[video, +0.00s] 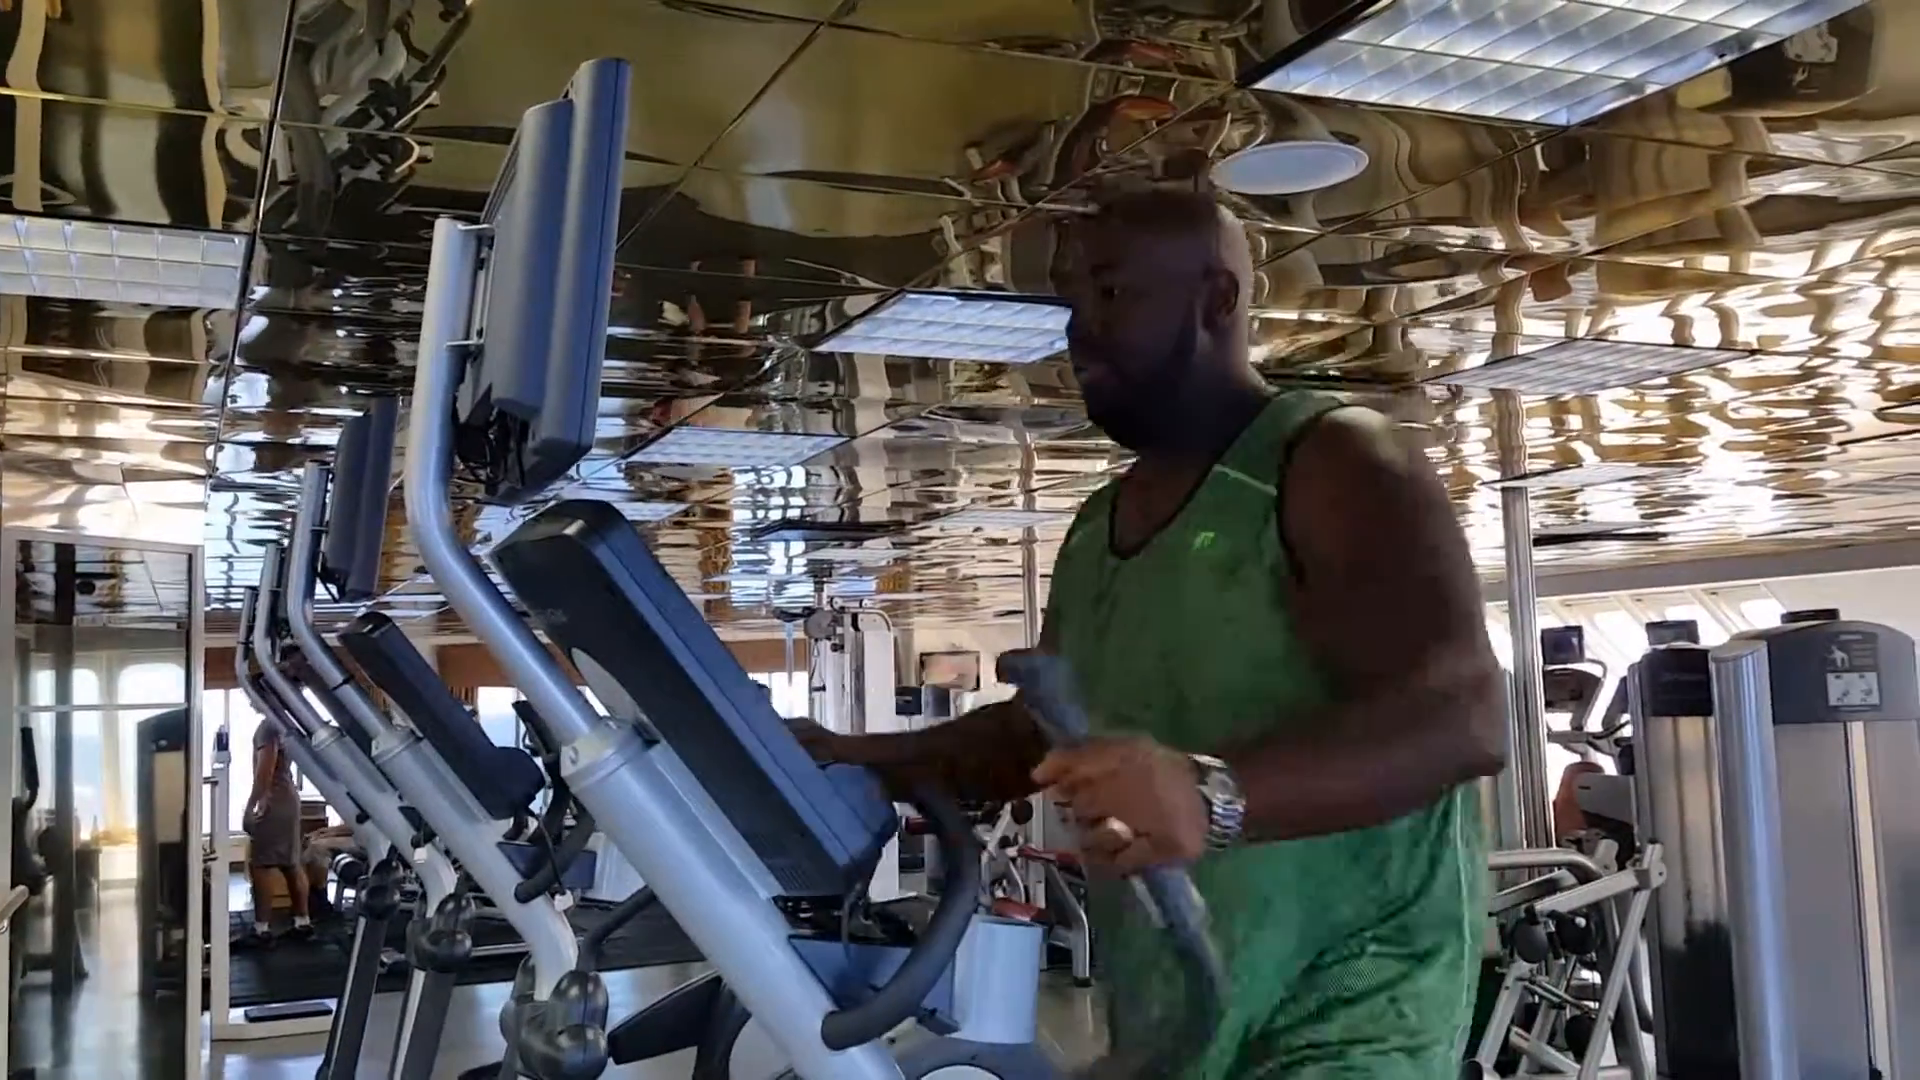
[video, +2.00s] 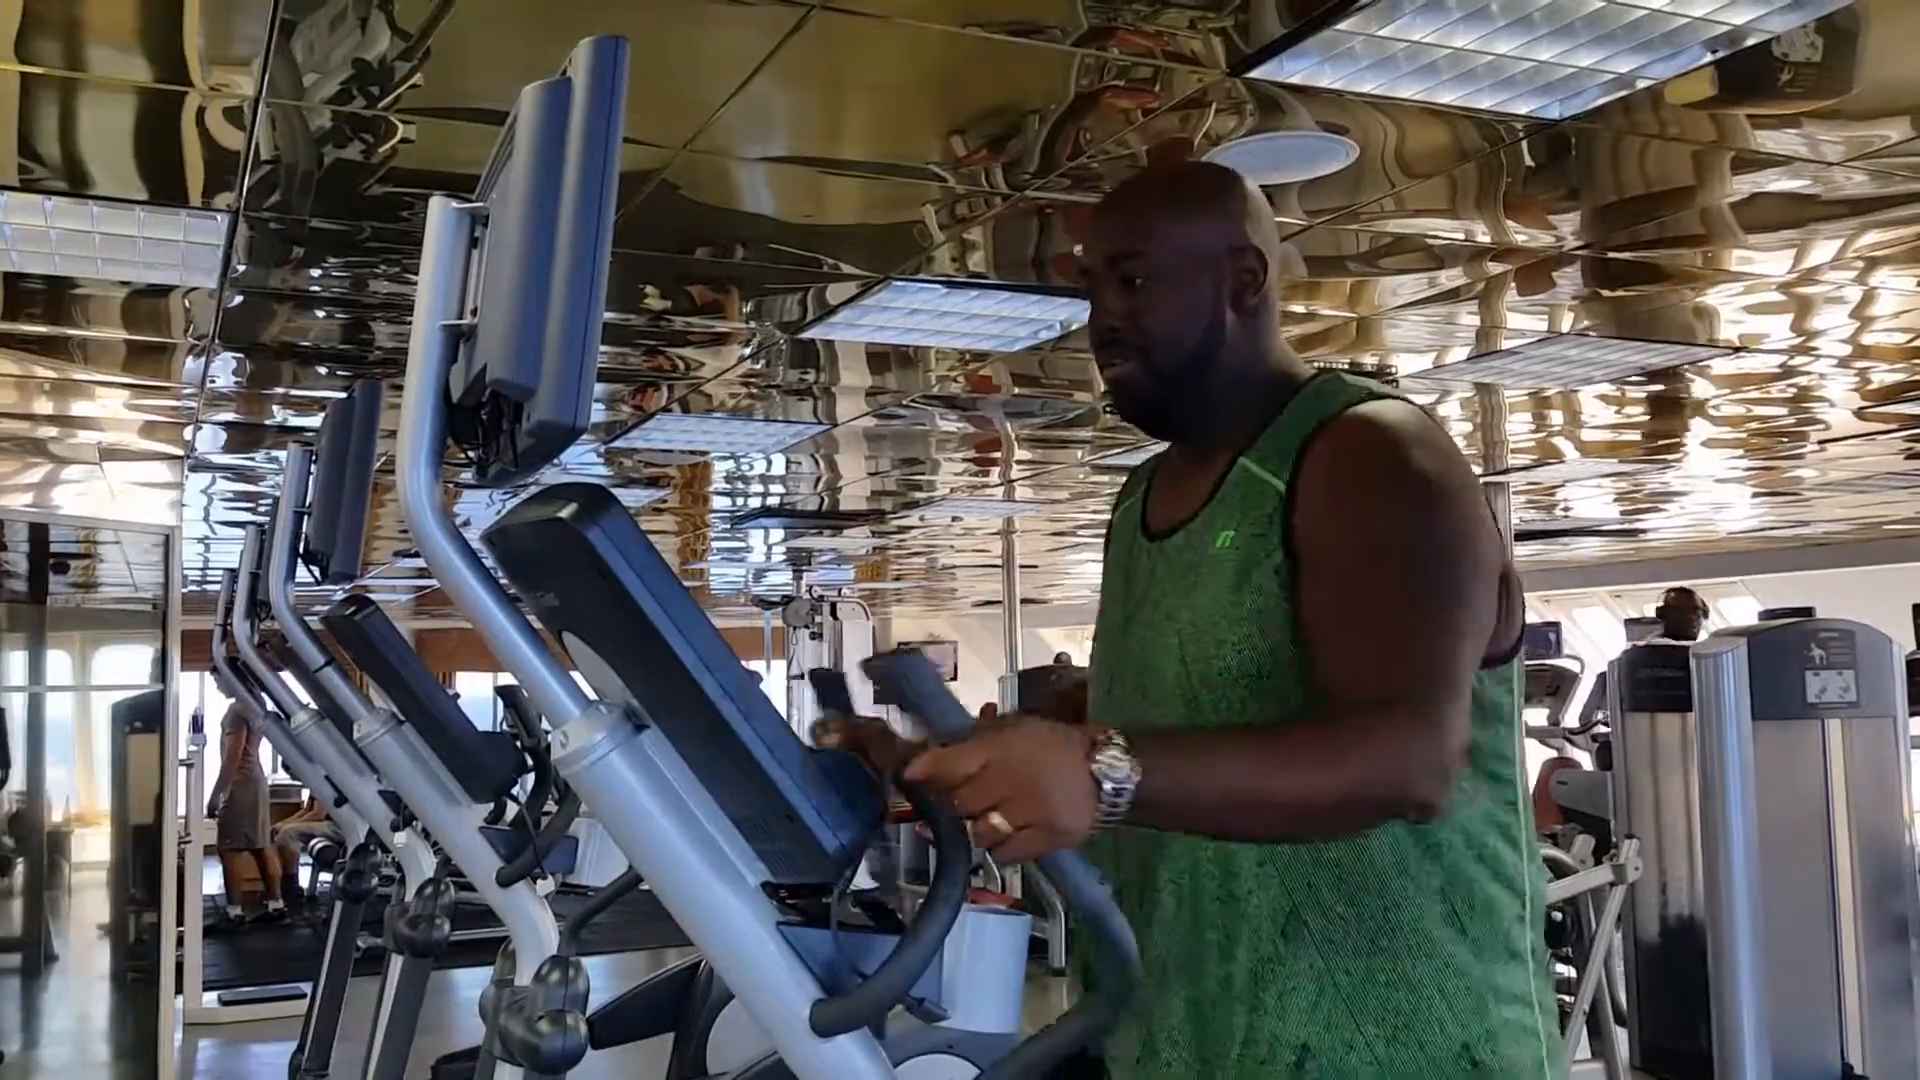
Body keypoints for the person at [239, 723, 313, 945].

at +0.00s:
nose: (248, 693)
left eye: (251, 693)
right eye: (247, 693)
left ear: (263, 693)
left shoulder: (267, 727)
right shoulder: (285, 723)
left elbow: (265, 771)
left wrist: (250, 806)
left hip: (271, 799)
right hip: (289, 798)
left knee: (260, 866)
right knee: (292, 864)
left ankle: (261, 927)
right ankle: (303, 922)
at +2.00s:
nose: (215, 683)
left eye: (217, 674)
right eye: (214, 676)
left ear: (231, 675)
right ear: (240, 677)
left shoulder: (237, 710)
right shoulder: (255, 705)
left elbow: (232, 759)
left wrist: (216, 794)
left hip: (240, 785)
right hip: (258, 783)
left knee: (228, 849)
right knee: (261, 846)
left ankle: (234, 910)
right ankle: (276, 904)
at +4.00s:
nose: (204, 688)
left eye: (205, 682)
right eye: (202, 683)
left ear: (217, 679)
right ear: (225, 679)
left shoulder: (225, 710)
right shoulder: (242, 706)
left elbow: (221, 761)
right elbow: (236, 754)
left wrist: (204, 794)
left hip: (231, 785)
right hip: (247, 783)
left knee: (219, 848)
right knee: (253, 845)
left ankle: (226, 910)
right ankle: (269, 904)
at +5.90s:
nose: (211, 680)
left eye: (214, 670)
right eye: (211, 670)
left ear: (228, 676)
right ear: (237, 677)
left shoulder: (234, 711)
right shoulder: (251, 708)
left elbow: (228, 759)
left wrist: (214, 794)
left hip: (235, 784)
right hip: (253, 782)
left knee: (226, 849)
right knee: (258, 845)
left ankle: (229, 911)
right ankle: (272, 906)